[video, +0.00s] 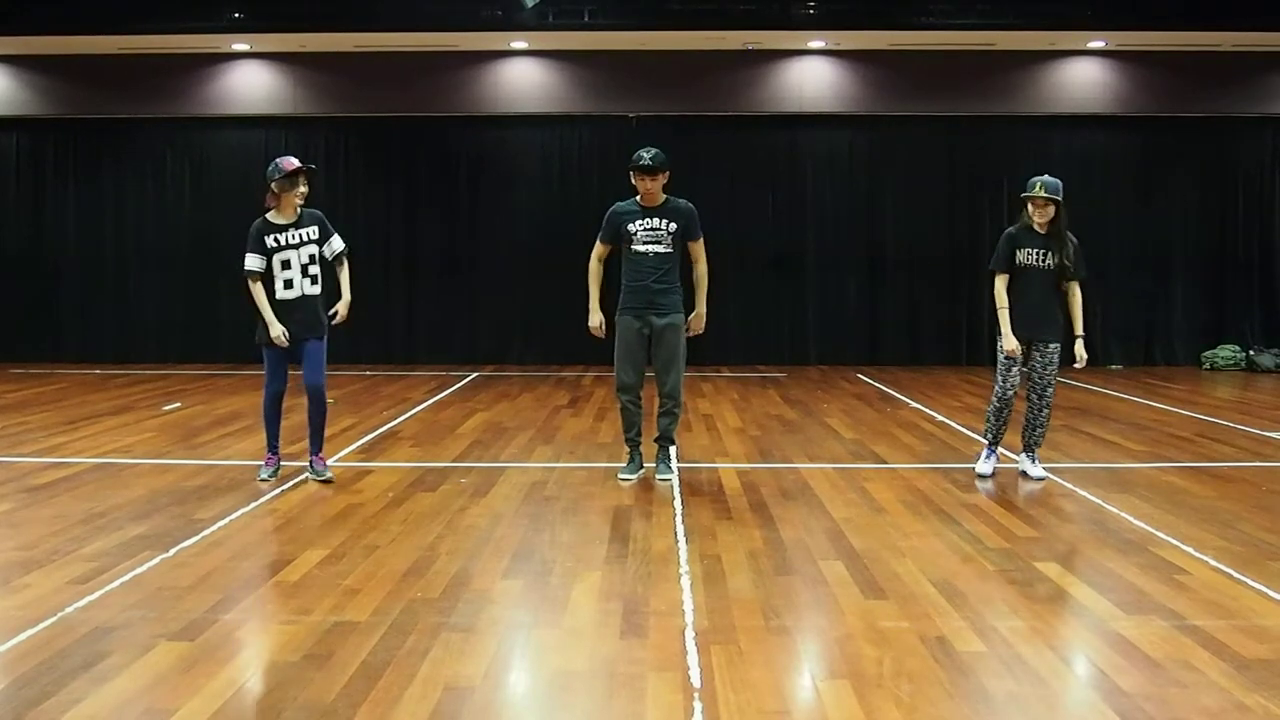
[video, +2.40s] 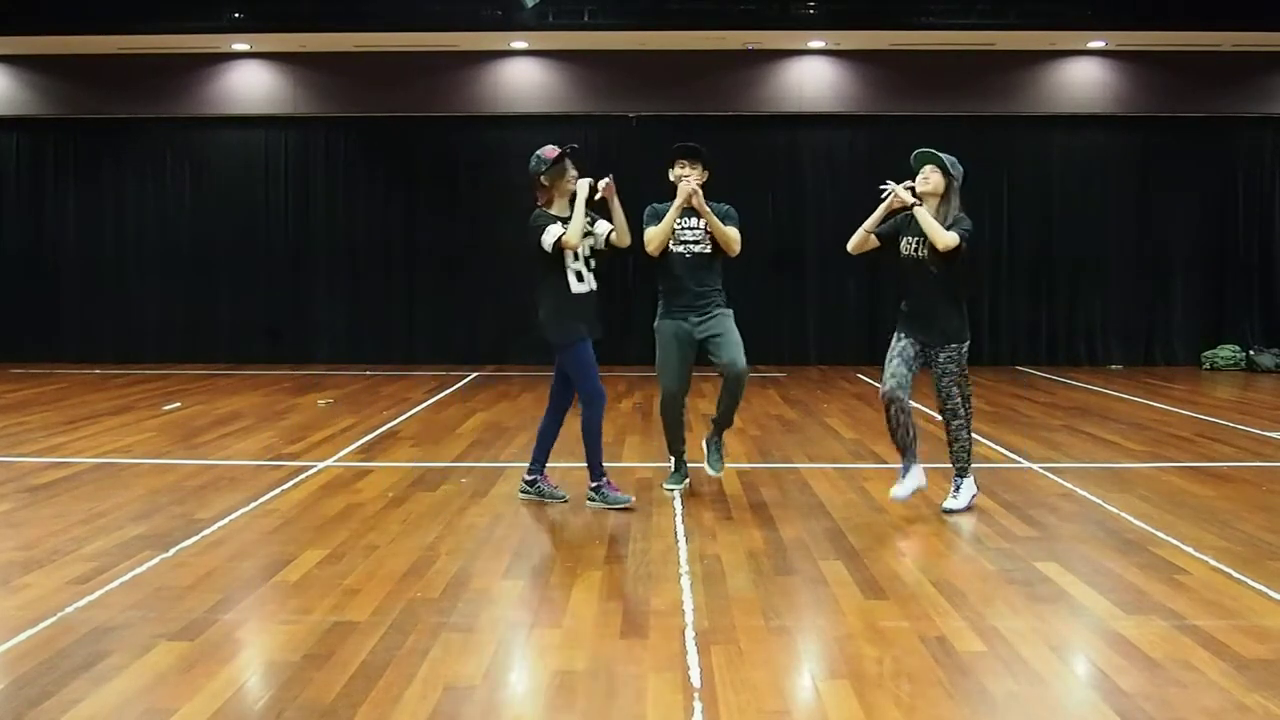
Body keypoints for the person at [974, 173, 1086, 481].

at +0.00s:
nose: (1040, 209)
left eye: (1046, 204)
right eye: (1035, 203)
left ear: (1057, 207)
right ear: (1027, 205)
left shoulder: (1067, 242)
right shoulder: (1012, 238)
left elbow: (1074, 290)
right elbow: (1000, 286)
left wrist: (1079, 338)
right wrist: (1006, 333)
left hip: (1050, 336)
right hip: (1015, 332)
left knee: (1041, 398)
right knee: (1004, 393)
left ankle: (1029, 455)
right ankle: (989, 450)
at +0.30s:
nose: (1029, 210)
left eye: (1036, 205)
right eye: (1025, 205)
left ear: (1049, 209)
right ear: (1020, 208)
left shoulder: (1064, 245)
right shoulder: (1007, 241)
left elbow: (1081, 293)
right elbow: (980, 283)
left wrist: (1054, 306)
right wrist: (1002, 288)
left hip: (1047, 331)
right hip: (1011, 325)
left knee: (1042, 397)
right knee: (1009, 374)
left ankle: (1028, 454)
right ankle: (1008, 395)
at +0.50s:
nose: (1021, 199)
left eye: (1028, 194)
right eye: (1017, 194)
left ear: (1042, 198)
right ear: (1012, 198)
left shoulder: (1058, 235)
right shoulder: (1003, 232)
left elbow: (1073, 274)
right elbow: (972, 272)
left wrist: (1042, 250)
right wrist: (993, 238)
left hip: (1040, 326)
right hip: (1003, 321)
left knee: (1034, 389)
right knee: (999, 383)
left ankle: (1029, 453)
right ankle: (1003, 447)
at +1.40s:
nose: (989, 188)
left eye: (997, 184)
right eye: (986, 183)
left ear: (1013, 191)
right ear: (981, 190)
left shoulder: (1025, 224)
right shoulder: (971, 221)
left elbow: (1025, 247)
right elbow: (927, 249)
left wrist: (993, 214)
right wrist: (957, 216)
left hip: (1014, 325)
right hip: (978, 320)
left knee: (1011, 398)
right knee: (965, 374)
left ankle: (1014, 465)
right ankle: (983, 434)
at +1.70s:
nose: (971, 197)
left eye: (980, 193)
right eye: (969, 193)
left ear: (996, 201)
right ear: (964, 200)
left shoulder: (1011, 239)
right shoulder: (956, 238)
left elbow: (1008, 268)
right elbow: (918, 267)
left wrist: (978, 231)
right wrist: (943, 228)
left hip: (994, 332)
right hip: (958, 333)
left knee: (964, 384)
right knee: (959, 407)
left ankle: (991, 428)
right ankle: (980, 476)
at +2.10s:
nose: (944, 200)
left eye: (953, 195)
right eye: (942, 194)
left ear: (970, 202)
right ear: (938, 201)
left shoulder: (985, 240)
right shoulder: (932, 237)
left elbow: (977, 268)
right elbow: (891, 267)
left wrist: (944, 230)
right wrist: (916, 226)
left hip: (972, 339)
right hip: (935, 335)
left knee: (957, 410)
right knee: (920, 405)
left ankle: (968, 488)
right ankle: (955, 440)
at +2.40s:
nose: (921, 176)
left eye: (930, 173)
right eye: (920, 172)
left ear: (948, 184)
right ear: (916, 185)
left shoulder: (959, 222)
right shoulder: (906, 220)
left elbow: (944, 242)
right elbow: (855, 246)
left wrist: (914, 205)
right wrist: (884, 209)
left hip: (949, 331)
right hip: (910, 327)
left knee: (953, 406)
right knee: (892, 393)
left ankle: (963, 480)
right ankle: (911, 469)